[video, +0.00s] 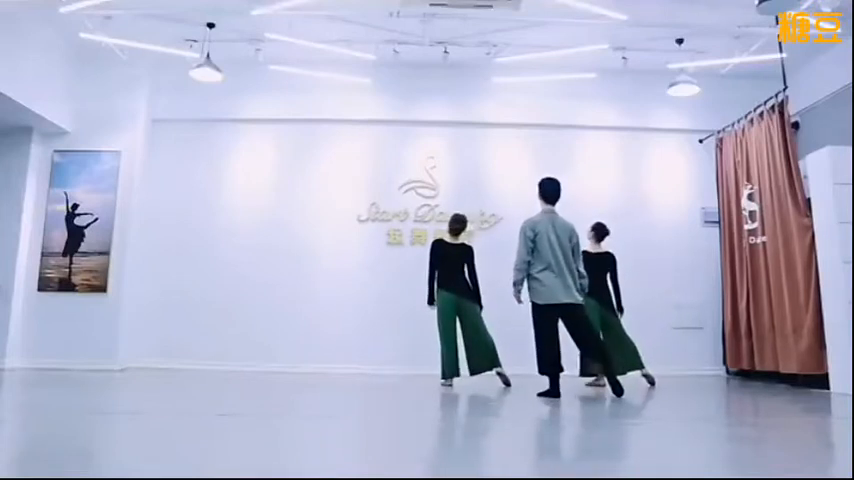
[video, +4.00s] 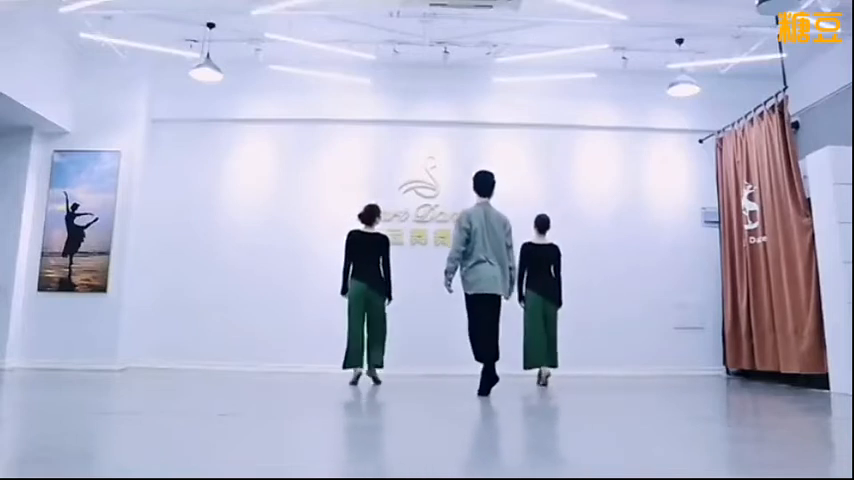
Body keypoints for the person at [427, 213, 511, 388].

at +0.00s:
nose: (457, 230)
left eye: (454, 226)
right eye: (460, 228)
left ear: (448, 226)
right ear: (464, 229)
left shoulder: (437, 245)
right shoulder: (467, 249)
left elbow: (432, 272)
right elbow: (473, 276)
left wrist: (431, 295)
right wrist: (478, 299)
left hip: (445, 294)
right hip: (465, 294)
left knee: (447, 334)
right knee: (480, 331)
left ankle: (447, 376)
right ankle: (497, 367)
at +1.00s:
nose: (459, 245)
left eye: (458, 242)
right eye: (459, 242)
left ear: (444, 240)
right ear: (458, 242)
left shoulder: (433, 256)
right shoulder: (462, 258)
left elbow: (427, 280)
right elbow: (472, 283)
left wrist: (427, 300)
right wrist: (479, 307)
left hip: (442, 296)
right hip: (462, 296)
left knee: (444, 338)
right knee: (476, 333)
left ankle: (448, 378)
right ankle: (497, 369)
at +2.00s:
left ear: (427, 234)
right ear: (440, 236)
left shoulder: (419, 245)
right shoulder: (448, 248)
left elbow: (414, 271)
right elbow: (452, 276)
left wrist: (412, 293)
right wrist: (454, 300)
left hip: (425, 290)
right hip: (444, 293)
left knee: (431, 331)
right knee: (438, 332)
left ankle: (442, 370)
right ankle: (427, 368)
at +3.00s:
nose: (412, 222)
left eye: (409, 219)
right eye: (412, 219)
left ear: (396, 219)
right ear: (412, 221)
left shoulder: (388, 238)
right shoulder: (417, 240)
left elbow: (383, 264)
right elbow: (422, 268)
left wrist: (380, 287)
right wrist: (427, 291)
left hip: (394, 286)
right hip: (412, 288)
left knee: (396, 326)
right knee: (410, 325)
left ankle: (400, 367)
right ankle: (403, 365)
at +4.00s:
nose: (378, 220)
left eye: (376, 216)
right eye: (378, 217)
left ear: (362, 217)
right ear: (376, 219)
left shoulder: (353, 235)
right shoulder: (382, 239)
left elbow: (347, 262)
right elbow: (386, 267)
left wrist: (344, 284)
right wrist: (389, 289)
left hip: (357, 283)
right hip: (376, 285)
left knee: (356, 326)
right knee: (376, 326)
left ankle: (357, 366)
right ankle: (373, 366)